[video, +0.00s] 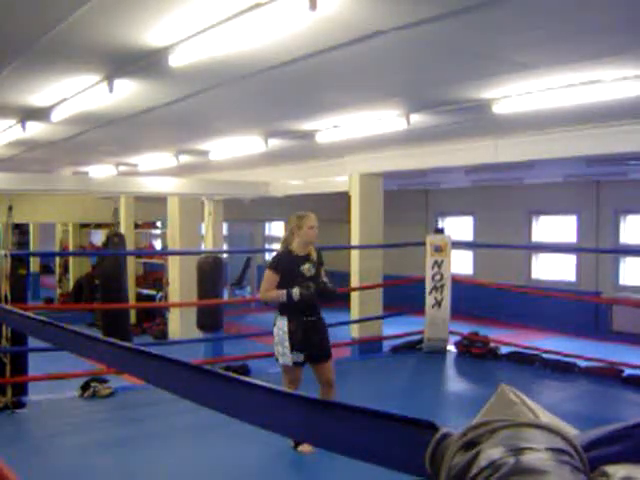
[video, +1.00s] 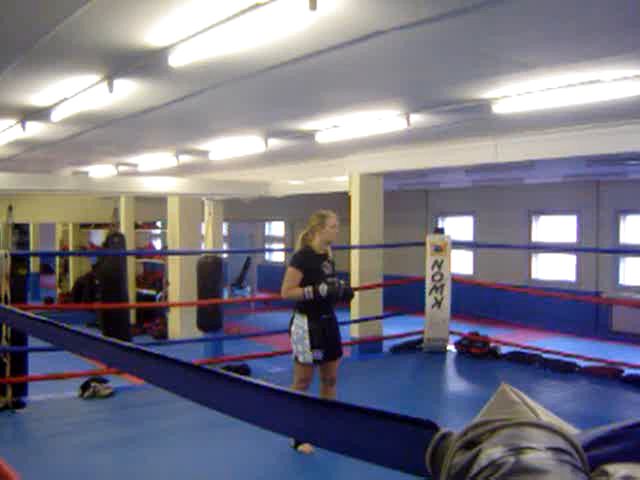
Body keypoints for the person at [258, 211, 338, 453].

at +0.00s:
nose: (315, 232)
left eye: (316, 228)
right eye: (311, 228)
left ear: (314, 231)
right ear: (296, 231)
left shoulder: (315, 255)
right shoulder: (281, 260)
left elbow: (321, 282)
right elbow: (265, 293)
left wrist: (326, 288)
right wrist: (291, 293)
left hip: (314, 319)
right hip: (290, 321)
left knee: (328, 380)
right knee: (292, 381)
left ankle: (326, 430)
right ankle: (297, 435)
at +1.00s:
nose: (336, 232)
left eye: (337, 227)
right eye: (333, 227)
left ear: (328, 229)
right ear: (318, 229)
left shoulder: (328, 257)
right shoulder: (302, 257)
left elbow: (323, 287)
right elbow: (287, 291)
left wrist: (340, 291)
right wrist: (318, 290)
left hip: (326, 316)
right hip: (305, 317)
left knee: (329, 378)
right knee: (303, 379)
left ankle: (327, 429)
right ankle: (300, 433)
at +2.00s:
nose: (346, 233)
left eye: (347, 229)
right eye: (343, 229)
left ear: (337, 230)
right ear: (329, 229)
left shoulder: (336, 259)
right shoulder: (314, 256)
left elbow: (333, 288)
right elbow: (298, 289)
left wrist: (350, 290)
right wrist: (330, 289)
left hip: (336, 317)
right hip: (316, 318)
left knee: (334, 378)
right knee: (310, 380)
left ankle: (330, 429)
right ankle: (299, 431)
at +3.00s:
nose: (345, 233)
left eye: (346, 229)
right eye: (342, 229)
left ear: (335, 230)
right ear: (327, 229)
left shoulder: (334, 258)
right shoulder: (312, 255)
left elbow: (332, 289)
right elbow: (296, 289)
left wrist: (349, 291)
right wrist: (327, 289)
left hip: (334, 317)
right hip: (315, 318)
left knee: (334, 378)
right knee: (308, 379)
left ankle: (329, 428)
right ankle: (299, 431)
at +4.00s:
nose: (346, 233)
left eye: (347, 229)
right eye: (343, 229)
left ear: (338, 230)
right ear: (329, 229)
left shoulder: (336, 257)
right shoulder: (314, 256)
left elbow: (333, 288)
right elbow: (298, 290)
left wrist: (350, 291)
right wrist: (329, 289)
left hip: (335, 317)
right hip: (316, 318)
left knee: (334, 378)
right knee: (309, 379)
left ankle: (330, 428)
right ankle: (299, 431)